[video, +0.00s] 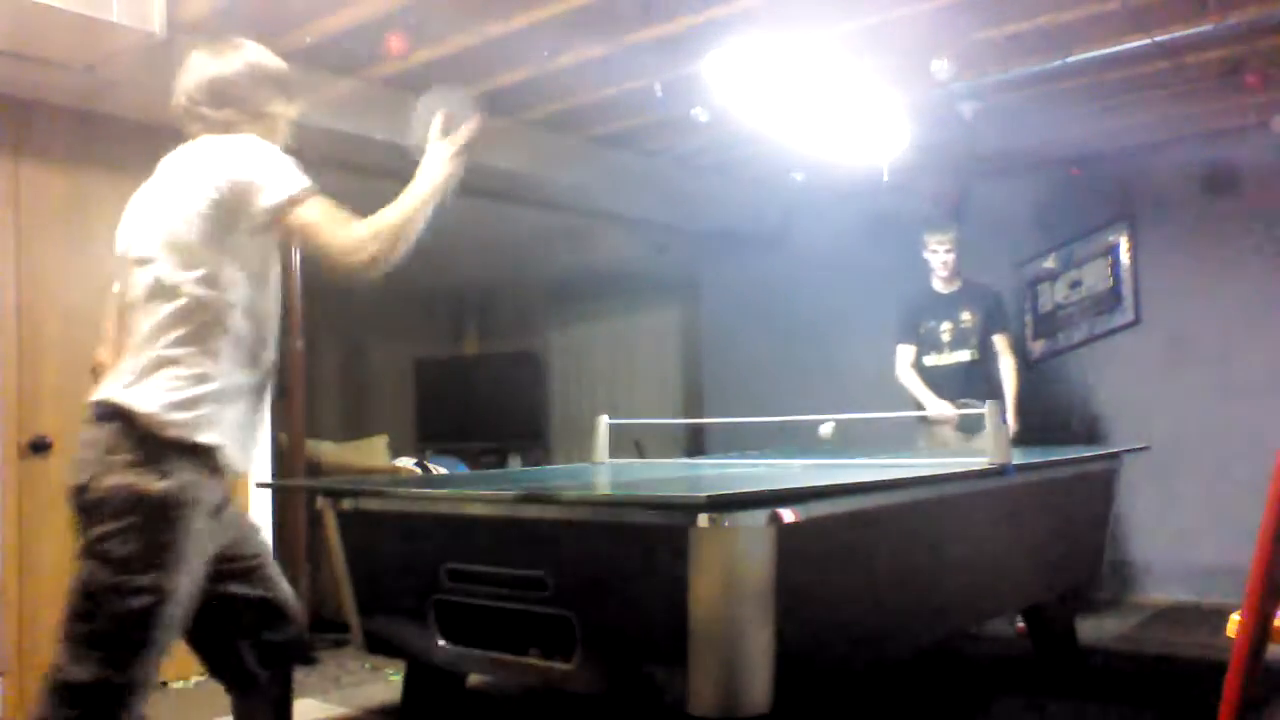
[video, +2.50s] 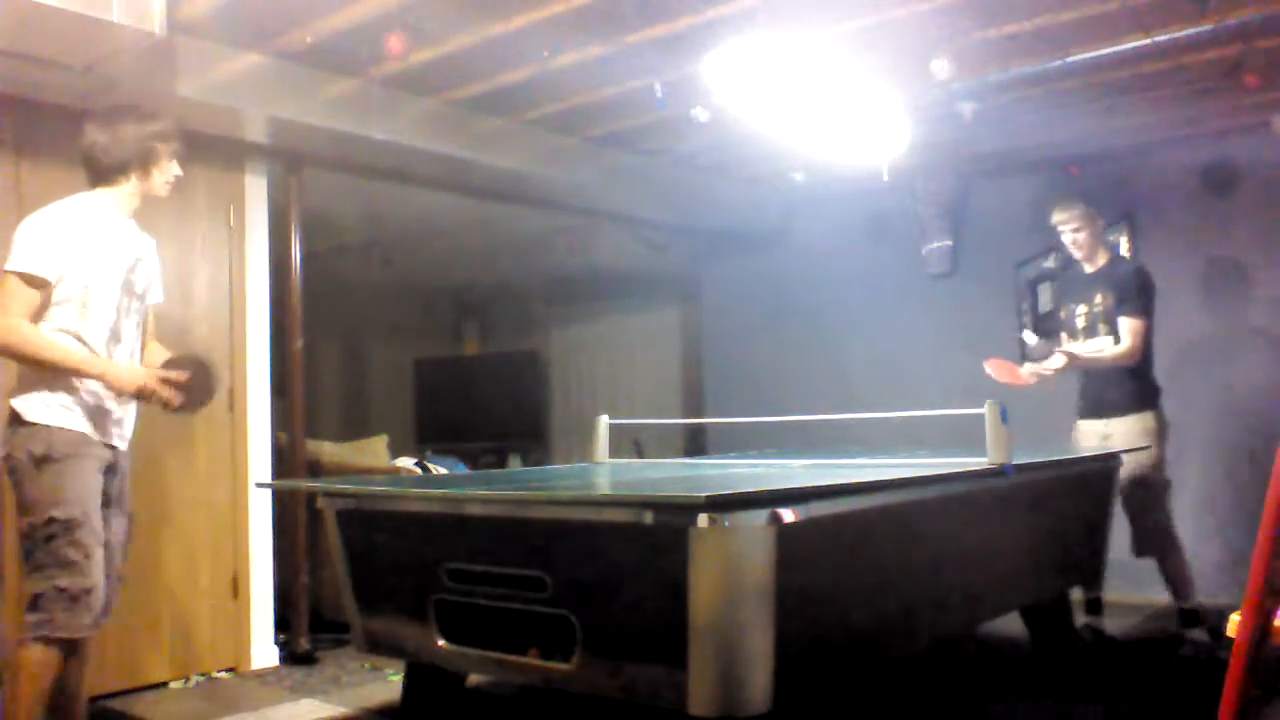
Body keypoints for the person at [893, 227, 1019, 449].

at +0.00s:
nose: (942, 259)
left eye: (948, 251)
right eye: (935, 252)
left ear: (958, 253)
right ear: (925, 255)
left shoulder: (985, 298)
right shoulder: (913, 305)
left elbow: (1005, 356)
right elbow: (903, 367)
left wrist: (1010, 412)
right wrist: (933, 404)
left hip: (985, 419)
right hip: (936, 423)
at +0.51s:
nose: (986, 250)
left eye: (994, 242)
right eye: (980, 242)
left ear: (1008, 245)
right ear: (974, 247)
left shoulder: (1034, 299)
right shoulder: (958, 300)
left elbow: (1055, 357)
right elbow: (935, 363)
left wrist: (1069, 420)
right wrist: (958, 407)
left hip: (1025, 416)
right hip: (974, 419)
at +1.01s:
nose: (964, 251)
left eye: (972, 243)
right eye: (958, 244)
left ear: (989, 244)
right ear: (952, 248)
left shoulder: (1014, 293)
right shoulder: (945, 300)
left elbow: (1030, 358)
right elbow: (937, 356)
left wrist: (1018, 412)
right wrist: (926, 400)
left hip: (1001, 422)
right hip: (953, 423)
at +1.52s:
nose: (973, 247)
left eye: (980, 239)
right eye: (966, 240)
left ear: (995, 243)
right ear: (959, 245)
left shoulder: (1021, 295)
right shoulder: (944, 299)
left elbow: (1046, 354)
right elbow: (935, 356)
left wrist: (1045, 402)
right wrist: (922, 391)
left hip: (1020, 424)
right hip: (966, 428)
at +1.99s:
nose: (1029, 245)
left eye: (1035, 234)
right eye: (1022, 238)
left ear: (1059, 229)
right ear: (1019, 241)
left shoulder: (1091, 275)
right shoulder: (1029, 287)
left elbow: (1109, 348)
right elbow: (1033, 357)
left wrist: (1057, 385)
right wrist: (1001, 384)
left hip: (1100, 422)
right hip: (1052, 425)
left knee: (1115, 520)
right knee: (1056, 521)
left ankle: (1127, 614)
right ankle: (1067, 617)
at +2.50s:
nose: (1072, 240)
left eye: (1078, 230)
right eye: (1064, 233)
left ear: (1099, 226)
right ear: (1059, 238)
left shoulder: (1130, 276)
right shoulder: (1068, 286)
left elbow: (1131, 351)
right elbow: (1068, 349)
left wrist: (1072, 358)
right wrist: (1036, 368)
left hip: (1135, 416)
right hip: (1090, 418)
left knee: (1152, 522)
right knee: (1087, 522)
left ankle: (1189, 615)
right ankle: (1091, 618)